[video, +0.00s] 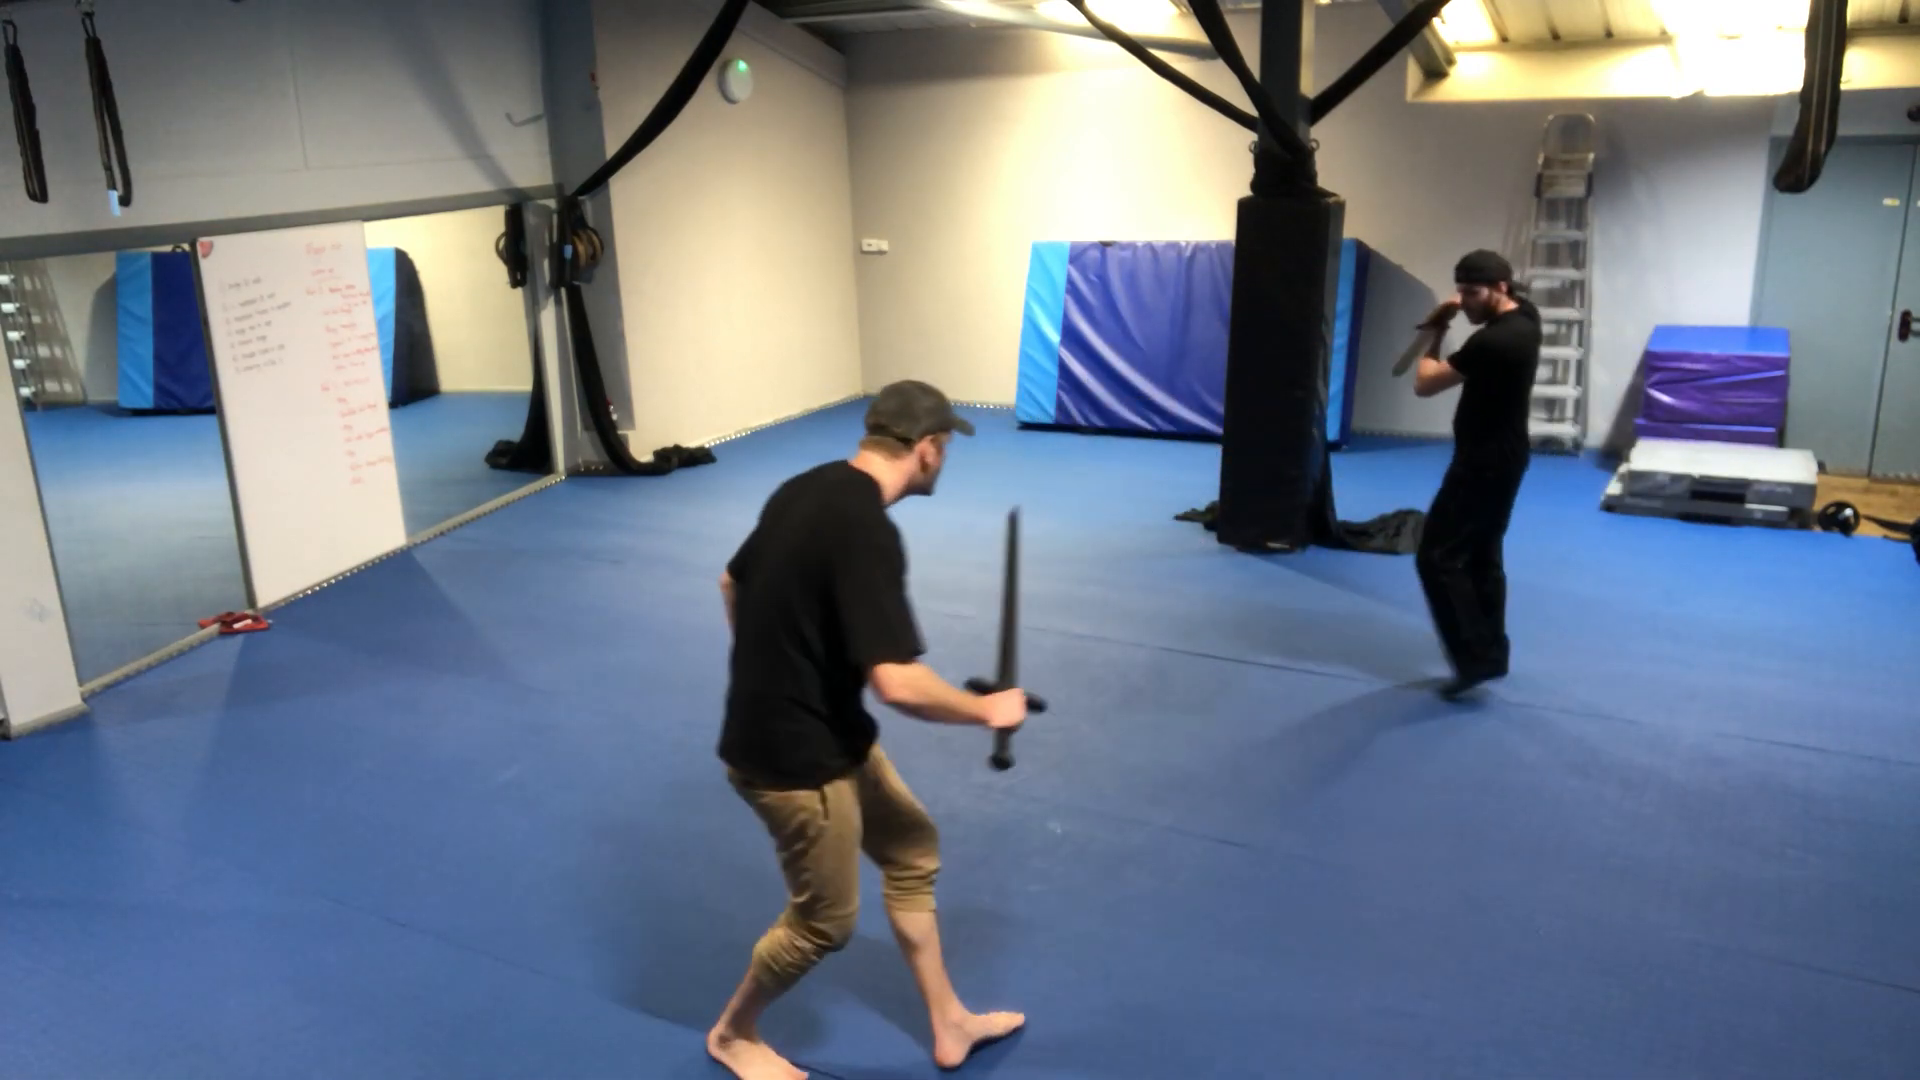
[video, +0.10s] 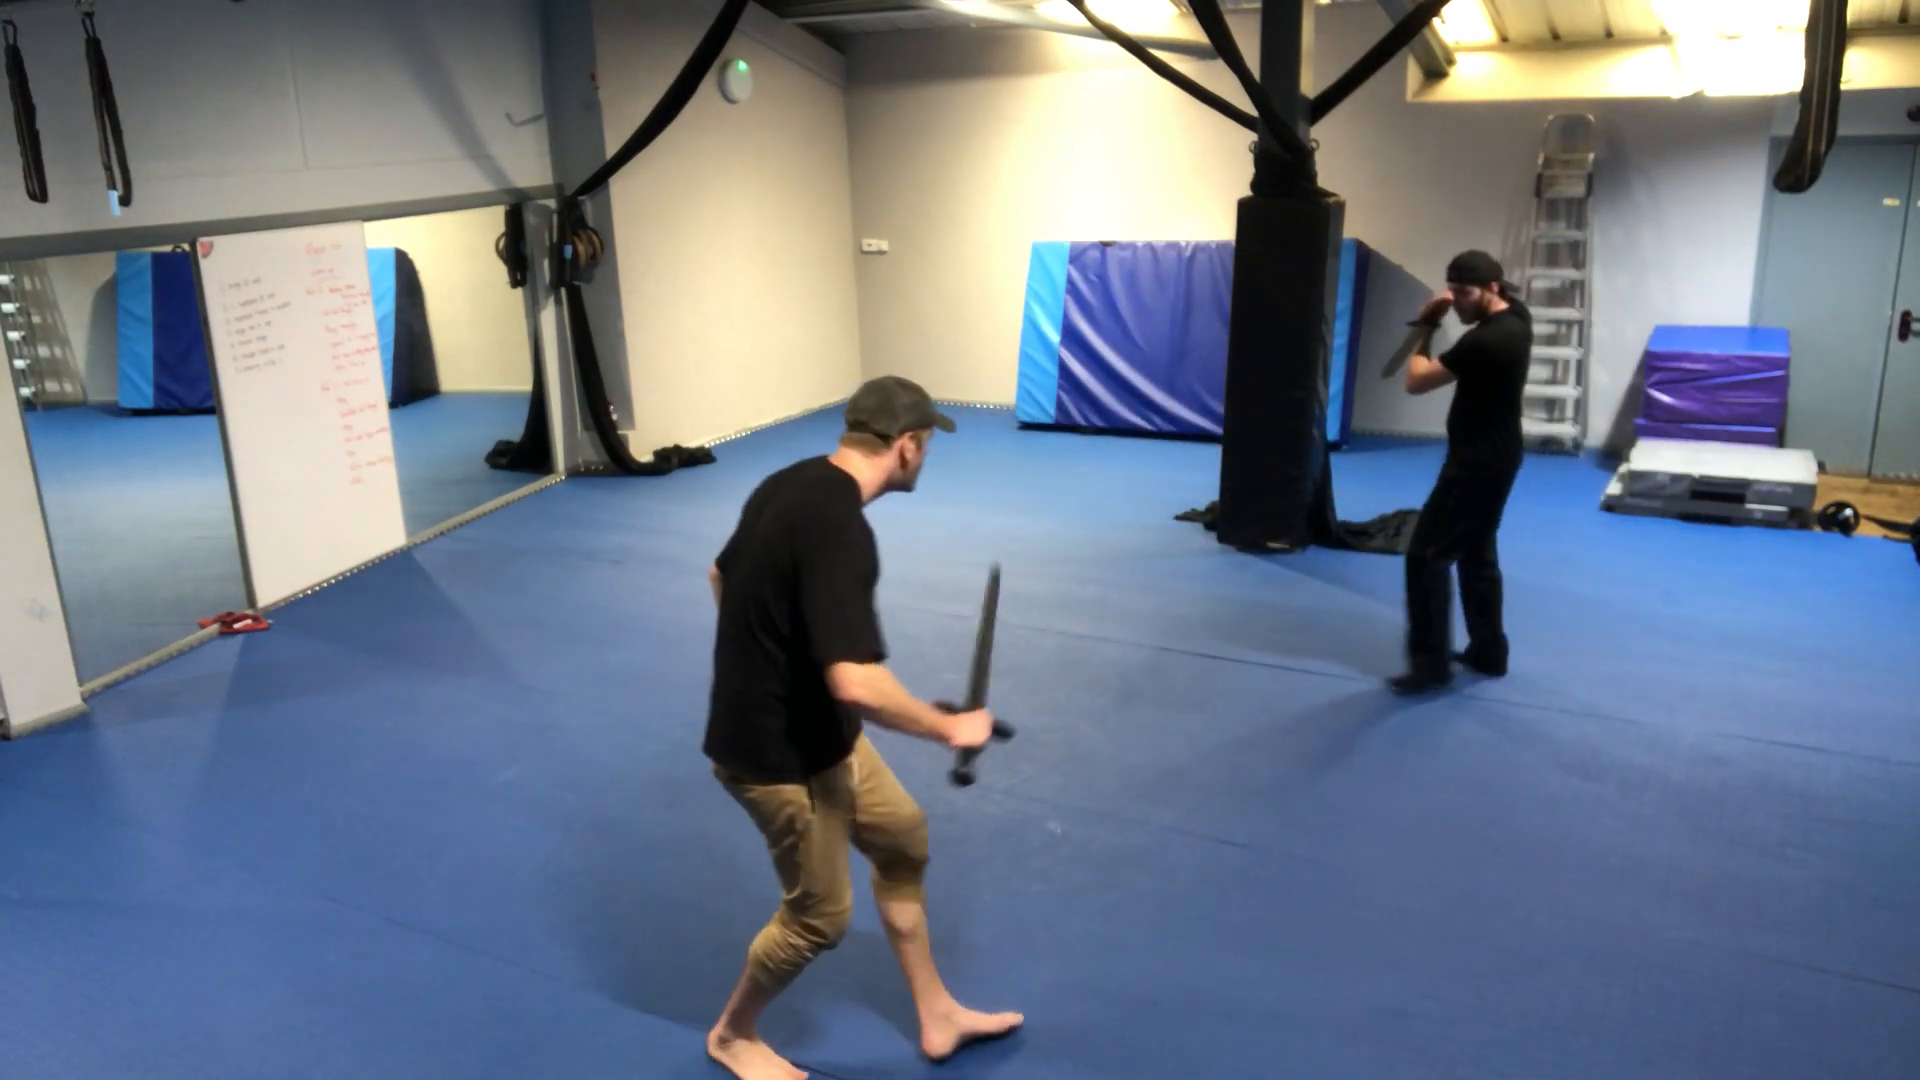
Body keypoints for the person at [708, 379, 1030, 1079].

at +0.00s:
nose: (945, 459)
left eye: (945, 445)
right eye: (945, 445)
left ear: (877, 436)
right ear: (925, 447)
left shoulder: (806, 490)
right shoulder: (867, 526)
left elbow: (735, 581)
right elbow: (896, 680)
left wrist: (771, 669)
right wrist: (987, 709)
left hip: (832, 736)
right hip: (788, 756)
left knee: (912, 850)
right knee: (824, 919)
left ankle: (950, 1022)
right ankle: (731, 1033)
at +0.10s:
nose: (924, 458)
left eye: (926, 444)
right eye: (925, 444)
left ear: (856, 432)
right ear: (904, 443)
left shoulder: (787, 487)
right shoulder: (840, 526)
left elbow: (723, 575)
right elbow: (854, 680)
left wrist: (778, 656)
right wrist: (948, 727)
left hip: (820, 735)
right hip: (776, 759)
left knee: (902, 842)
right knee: (818, 915)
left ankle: (938, 1015)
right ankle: (731, 1033)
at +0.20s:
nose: (912, 453)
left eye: (915, 439)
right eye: (913, 439)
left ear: (844, 427)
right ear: (893, 438)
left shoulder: (779, 480)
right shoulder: (823, 519)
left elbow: (715, 567)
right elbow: (817, 673)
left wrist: (763, 654)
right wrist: (911, 744)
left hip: (806, 724)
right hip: (764, 749)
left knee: (897, 818)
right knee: (813, 910)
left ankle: (919, 994)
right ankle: (732, 1033)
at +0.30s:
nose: (910, 445)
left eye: (910, 432)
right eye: (910, 432)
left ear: (844, 420)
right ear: (890, 431)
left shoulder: (776, 473)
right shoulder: (821, 509)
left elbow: (713, 561)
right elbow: (792, 660)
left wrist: (752, 648)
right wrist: (880, 758)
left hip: (787, 716)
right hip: (755, 739)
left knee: (892, 796)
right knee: (807, 906)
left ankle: (897, 970)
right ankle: (732, 1033)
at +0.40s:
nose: (914, 439)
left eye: (916, 426)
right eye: (916, 426)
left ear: (847, 412)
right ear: (896, 424)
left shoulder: (784, 465)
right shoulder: (828, 501)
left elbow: (715, 556)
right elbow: (783, 641)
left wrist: (757, 646)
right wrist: (855, 759)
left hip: (804, 699)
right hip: (758, 732)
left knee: (881, 793)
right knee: (808, 901)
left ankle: (889, 955)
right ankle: (730, 1033)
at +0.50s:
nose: (923, 435)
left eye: (925, 422)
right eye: (925, 421)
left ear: (854, 407)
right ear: (906, 418)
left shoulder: (790, 464)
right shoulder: (845, 493)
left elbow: (718, 554)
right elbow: (792, 626)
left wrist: (755, 644)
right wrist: (851, 758)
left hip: (772, 706)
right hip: (781, 732)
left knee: (873, 796)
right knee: (812, 898)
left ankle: (893, 951)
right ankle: (731, 1033)